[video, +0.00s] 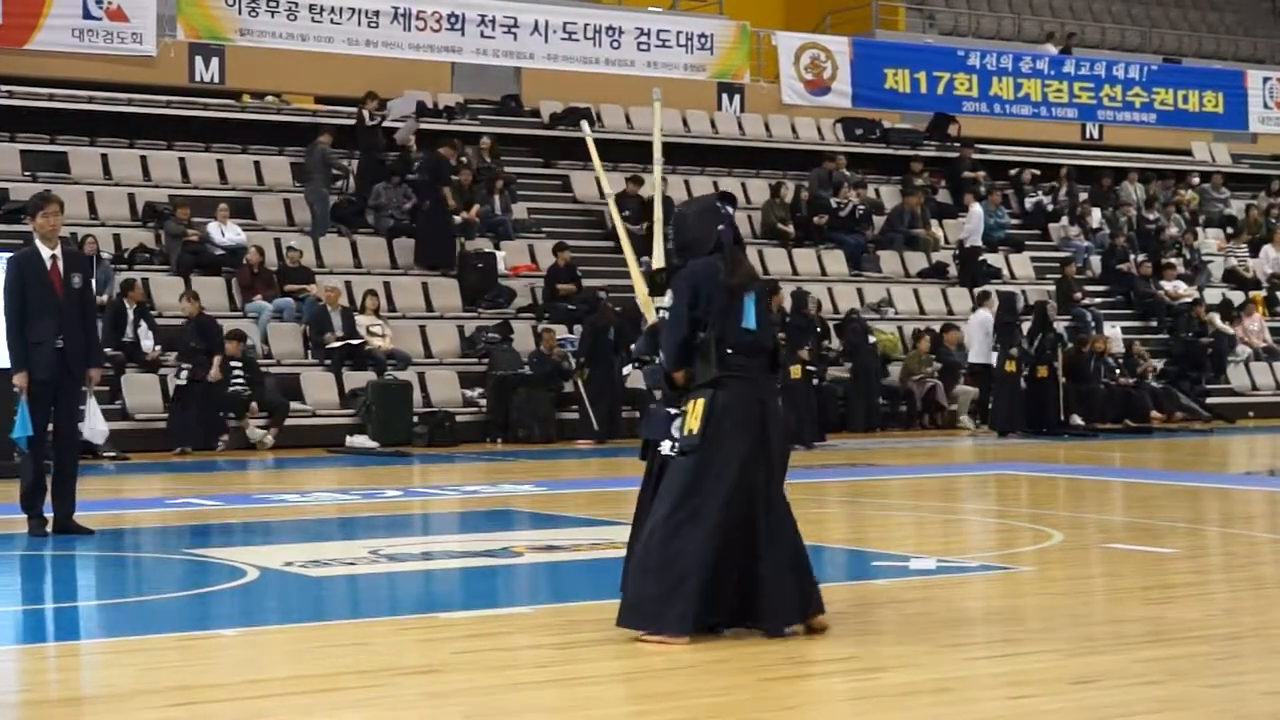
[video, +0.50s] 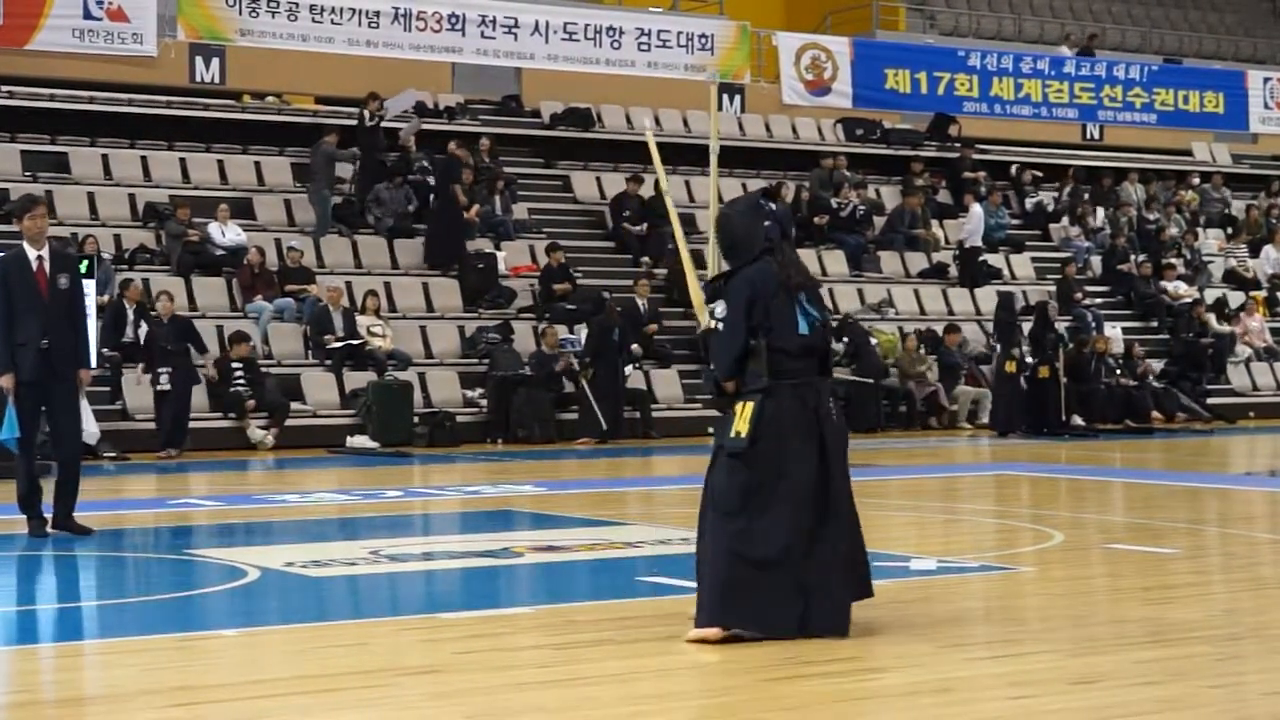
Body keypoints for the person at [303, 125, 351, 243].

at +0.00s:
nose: (329, 142)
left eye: (329, 139)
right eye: (329, 139)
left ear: (319, 137)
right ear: (327, 138)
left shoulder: (310, 149)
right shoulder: (324, 149)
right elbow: (334, 163)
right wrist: (347, 170)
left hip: (309, 188)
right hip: (320, 189)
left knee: (316, 221)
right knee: (323, 221)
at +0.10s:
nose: (331, 141)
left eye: (331, 139)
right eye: (330, 139)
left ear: (320, 136)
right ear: (327, 138)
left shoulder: (311, 149)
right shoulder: (325, 149)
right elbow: (335, 163)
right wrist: (348, 171)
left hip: (309, 188)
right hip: (320, 189)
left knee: (316, 222)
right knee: (323, 222)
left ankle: (318, 255)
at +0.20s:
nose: (332, 141)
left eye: (332, 138)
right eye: (332, 138)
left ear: (321, 137)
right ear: (329, 138)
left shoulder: (312, 149)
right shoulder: (325, 149)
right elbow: (335, 163)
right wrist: (348, 169)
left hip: (310, 188)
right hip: (320, 189)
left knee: (316, 221)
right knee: (322, 222)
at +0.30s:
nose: (333, 141)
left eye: (334, 139)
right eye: (333, 138)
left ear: (322, 137)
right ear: (329, 138)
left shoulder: (314, 148)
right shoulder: (326, 149)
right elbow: (336, 161)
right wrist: (351, 166)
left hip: (311, 188)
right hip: (320, 189)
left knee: (317, 219)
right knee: (323, 219)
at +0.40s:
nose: (334, 141)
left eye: (334, 139)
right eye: (334, 138)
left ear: (324, 136)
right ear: (331, 137)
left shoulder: (315, 148)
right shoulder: (326, 148)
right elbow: (337, 157)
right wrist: (354, 158)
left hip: (312, 188)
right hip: (321, 189)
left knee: (320, 222)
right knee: (323, 223)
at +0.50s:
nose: (336, 141)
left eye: (336, 138)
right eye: (336, 138)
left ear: (325, 135)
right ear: (333, 136)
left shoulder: (317, 148)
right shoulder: (326, 148)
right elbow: (338, 155)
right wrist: (353, 153)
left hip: (315, 189)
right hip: (322, 191)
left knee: (323, 224)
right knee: (324, 225)